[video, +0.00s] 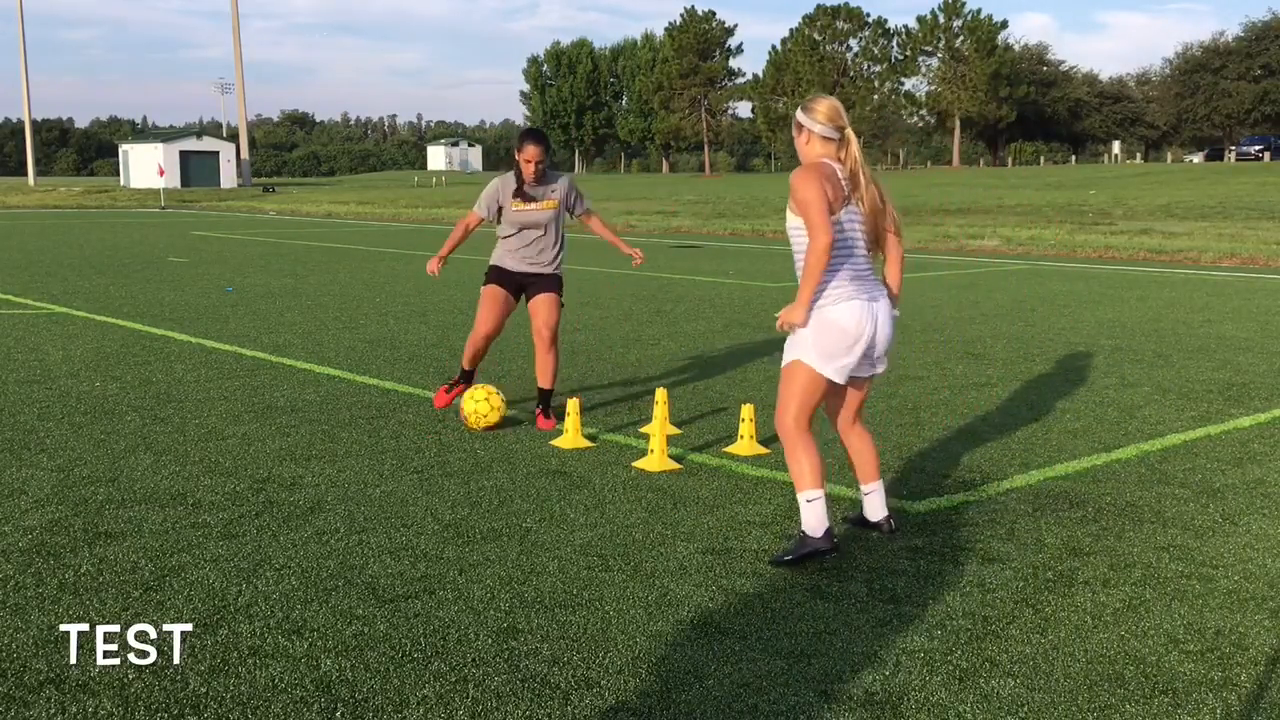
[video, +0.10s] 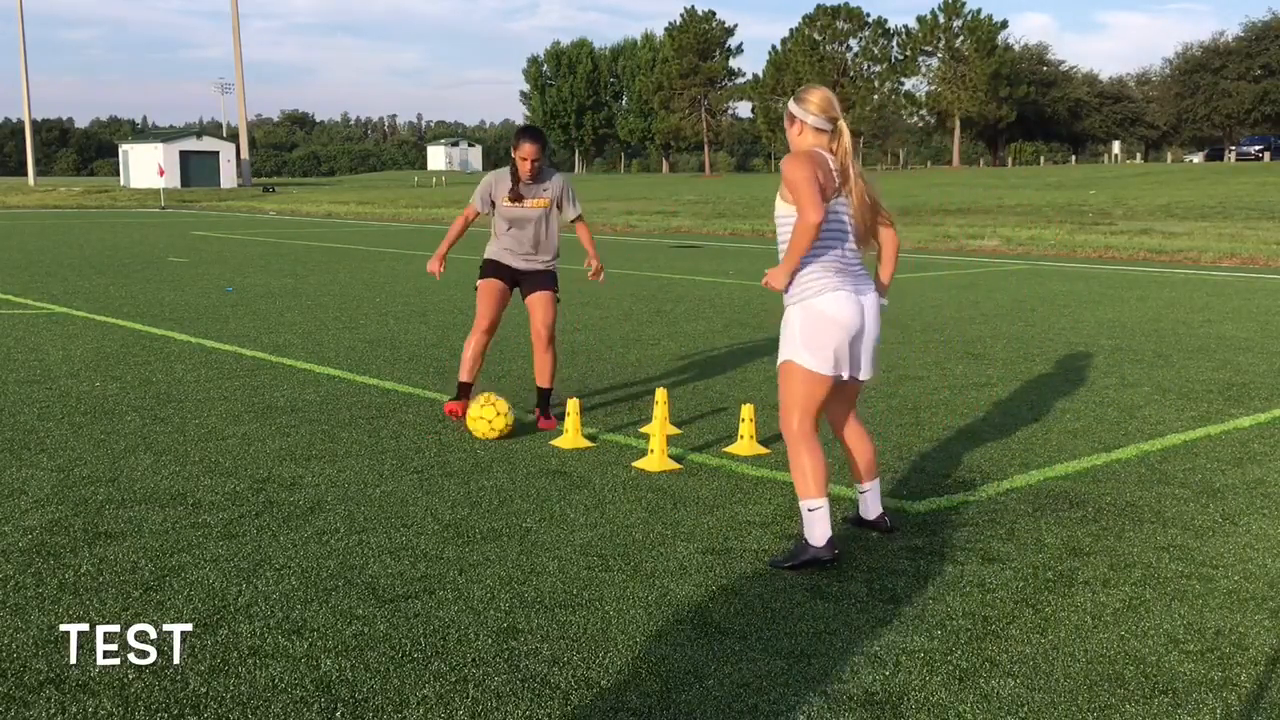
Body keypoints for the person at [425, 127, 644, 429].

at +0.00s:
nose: (533, 169)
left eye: (539, 162)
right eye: (528, 161)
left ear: (547, 159)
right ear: (517, 157)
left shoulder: (562, 186)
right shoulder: (501, 187)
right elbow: (470, 222)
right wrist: (442, 255)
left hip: (546, 272)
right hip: (505, 268)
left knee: (547, 335)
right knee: (484, 331)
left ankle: (544, 408)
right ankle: (463, 380)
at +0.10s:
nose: (529, 167)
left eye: (535, 160)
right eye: (524, 159)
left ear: (544, 156)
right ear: (513, 154)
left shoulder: (557, 183)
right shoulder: (494, 180)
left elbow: (577, 220)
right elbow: (467, 217)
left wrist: (593, 254)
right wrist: (440, 252)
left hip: (540, 266)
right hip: (499, 261)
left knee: (545, 333)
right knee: (484, 325)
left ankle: (544, 409)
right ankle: (462, 398)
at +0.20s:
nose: (528, 155)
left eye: (533, 149)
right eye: (522, 148)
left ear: (540, 145)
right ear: (510, 143)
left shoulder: (551, 174)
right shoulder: (489, 170)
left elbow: (561, 217)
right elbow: (464, 202)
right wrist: (442, 241)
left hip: (530, 260)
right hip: (490, 254)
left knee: (541, 329)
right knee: (485, 325)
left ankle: (543, 408)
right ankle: (459, 403)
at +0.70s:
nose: (536, 138)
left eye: (540, 132)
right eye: (530, 132)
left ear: (544, 134)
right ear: (515, 133)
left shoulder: (555, 166)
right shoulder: (497, 166)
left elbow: (562, 202)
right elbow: (482, 208)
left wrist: (566, 226)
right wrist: (488, 229)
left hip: (538, 258)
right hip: (500, 254)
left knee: (540, 333)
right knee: (491, 324)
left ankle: (523, 395)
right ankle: (468, 397)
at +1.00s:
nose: (559, 146)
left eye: (562, 140)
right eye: (554, 139)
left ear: (564, 144)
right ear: (536, 141)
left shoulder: (564, 174)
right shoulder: (517, 176)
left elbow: (556, 213)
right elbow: (492, 217)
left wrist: (574, 233)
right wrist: (509, 251)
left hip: (553, 262)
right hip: (521, 262)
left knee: (581, 324)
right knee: (530, 330)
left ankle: (559, 370)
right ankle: (505, 398)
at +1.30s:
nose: (587, 147)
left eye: (588, 142)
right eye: (581, 142)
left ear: (588, 143)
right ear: (564, 143)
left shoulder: (592, 173)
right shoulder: (546, 175)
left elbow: (595, 207)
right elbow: (524, 214)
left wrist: (622, 227)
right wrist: (526, 250)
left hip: (583, 259)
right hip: (552, 257)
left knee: (595, 323)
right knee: (551, 321)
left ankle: (578, 378)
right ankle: (522, 389)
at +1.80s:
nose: (602, 155)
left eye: (604, 150)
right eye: (598, 150)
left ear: (593, 148)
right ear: (580, 146)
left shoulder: (591, 172)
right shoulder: (566, 175)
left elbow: (594, 204)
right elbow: (542, 216)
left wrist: (621, 210)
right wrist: (544, 253)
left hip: (588, 252)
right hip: (567, 255)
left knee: (600, 313)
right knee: (599, 312)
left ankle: (592, 371)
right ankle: (555, 358)